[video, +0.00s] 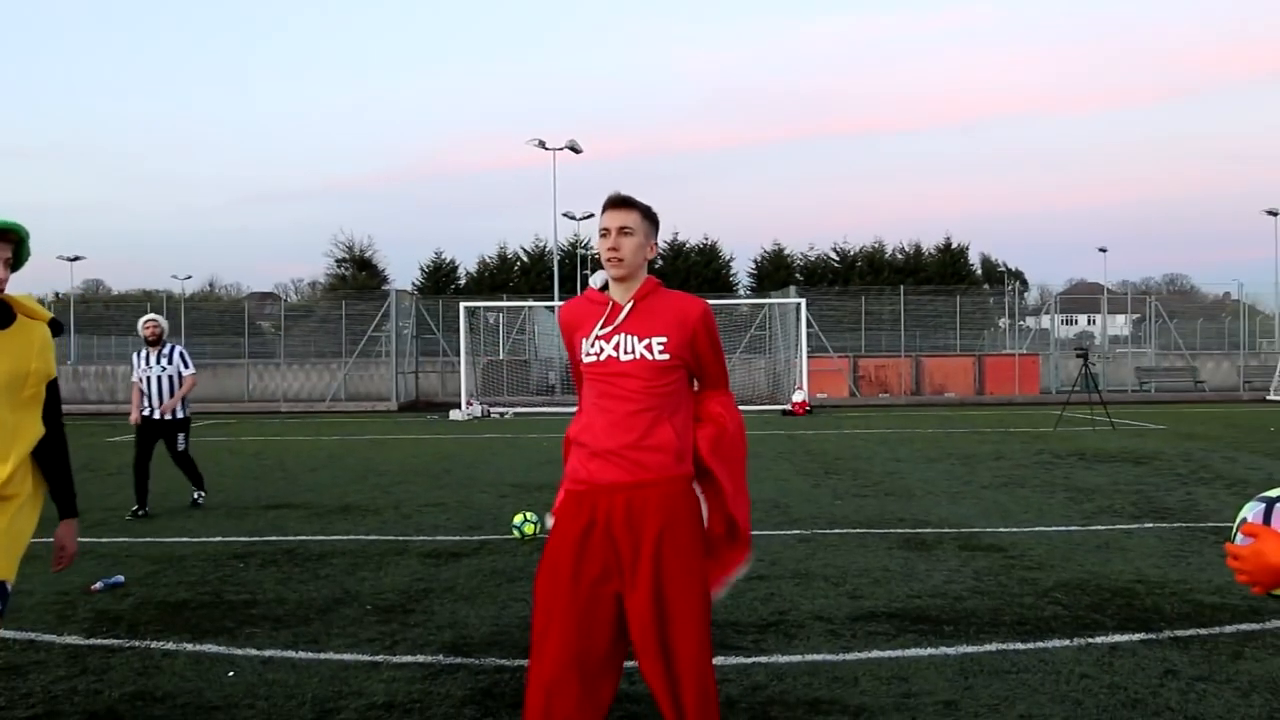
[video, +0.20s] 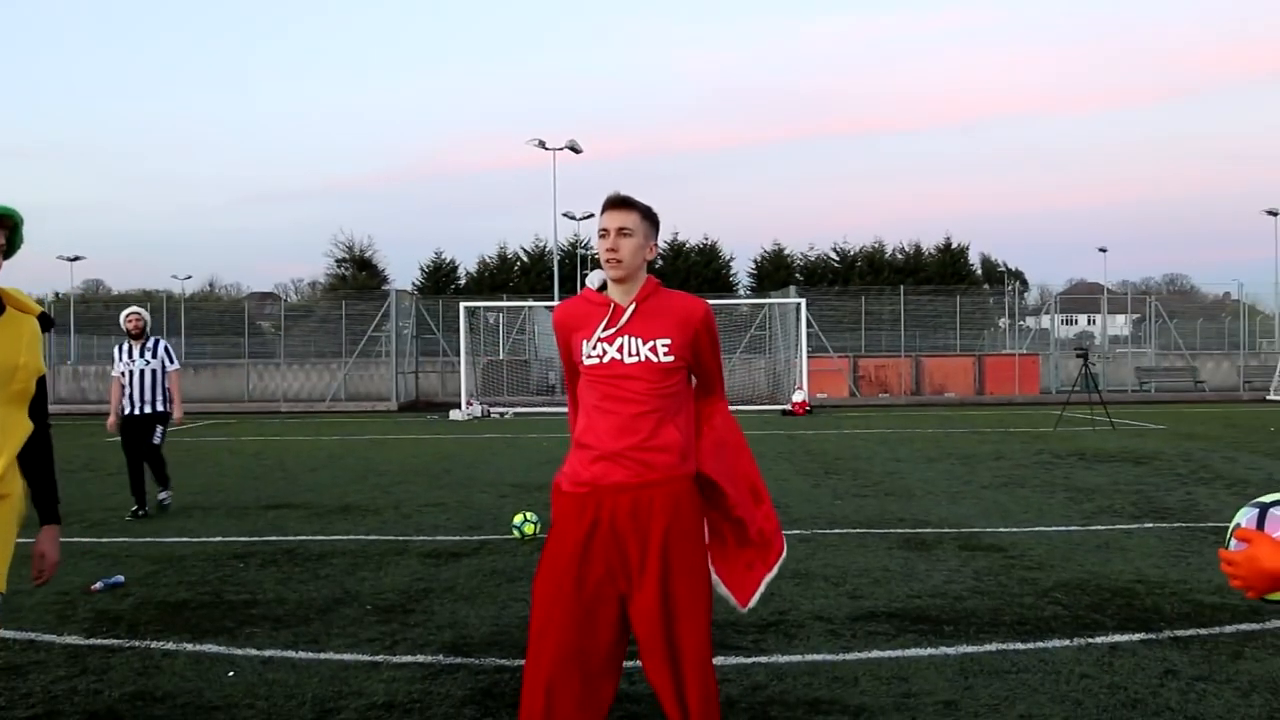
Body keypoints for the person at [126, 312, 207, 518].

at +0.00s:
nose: (151, 331)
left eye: (155, 327)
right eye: (147, 328)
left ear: (162, 330)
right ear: (142, 333)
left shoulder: (177, 352)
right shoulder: (138, 357)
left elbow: (191, 379)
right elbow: (137, 384)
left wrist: (173, 401)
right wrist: (135, 409)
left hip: (175, 418)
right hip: (149, 418)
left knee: (180, 456)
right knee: (141, 461)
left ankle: (199, 488)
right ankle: (141, 505)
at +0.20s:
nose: (134, 324)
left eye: (138, 320)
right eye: (130, 321)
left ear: (145, 323)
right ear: (125, 326)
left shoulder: (160, 345)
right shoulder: (120, 350)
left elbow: (173, 375)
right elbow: (117, 382)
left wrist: (177, 405)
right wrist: (113, 412)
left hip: (156, 409)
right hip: (130, 411)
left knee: (151, 450)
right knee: (133, 458)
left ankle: (163, 489)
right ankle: (140, 504)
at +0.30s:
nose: (127, 323)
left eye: (131, 319)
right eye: (123, 320)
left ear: (139, 323)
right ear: (117, 325)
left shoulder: (153, 345)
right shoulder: (110, 350)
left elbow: (168, 374)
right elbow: (106, 381)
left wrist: (176, 405)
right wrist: (101, 413)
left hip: (147, 409)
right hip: (121, 411)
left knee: (137, 453)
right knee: (128, 456)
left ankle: (139, 504)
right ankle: (135, 502)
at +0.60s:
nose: (110, 327)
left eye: (115, 323)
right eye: (106, 323)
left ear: (122, 328)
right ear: (99, 329)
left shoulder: (133, 353)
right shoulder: (91, 353)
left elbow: (147, 384)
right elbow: (85, 385)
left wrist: (150, 416)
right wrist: (78, 416)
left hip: (124, 416)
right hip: (99, 416)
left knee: (109, 463)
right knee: (102, 464)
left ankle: (104, 514)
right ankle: (131, 496)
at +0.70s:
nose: (103, 323)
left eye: (108, 320)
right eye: (99, 320)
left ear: (115, 324)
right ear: (92, 325)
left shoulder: (125, 350)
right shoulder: (85, 349)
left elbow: (137, 383)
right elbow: (78, 381)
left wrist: (131, 416)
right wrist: (72, 413)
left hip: (113, 416)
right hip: (87, 416)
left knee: (104, 464)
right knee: (79, 463)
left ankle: (103, 513)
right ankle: (110, 490)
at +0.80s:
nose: (98, 321)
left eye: (102, 317)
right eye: (93, 317)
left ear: (110, 321)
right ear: (87, 322)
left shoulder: (121, 347)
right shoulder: (80, 347)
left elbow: (130, 381)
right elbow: (73, 379)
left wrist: (120, 411)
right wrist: (68, 410)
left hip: (106, 416)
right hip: (80, 415)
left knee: (104, 466)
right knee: (69, 460)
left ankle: (104, 515)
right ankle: (92, 496)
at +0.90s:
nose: (88, 320)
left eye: (93, 316)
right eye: (83, 316)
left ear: (100, 321)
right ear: (77, 321)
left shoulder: (113, 348)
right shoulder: (70, 347)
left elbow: (120, 382)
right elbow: (65, 380)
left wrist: (103, 403)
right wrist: (59, 411)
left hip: (99, 419)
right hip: (71, 418)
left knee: (101, 468)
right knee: (57, 464)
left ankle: (103, 515)